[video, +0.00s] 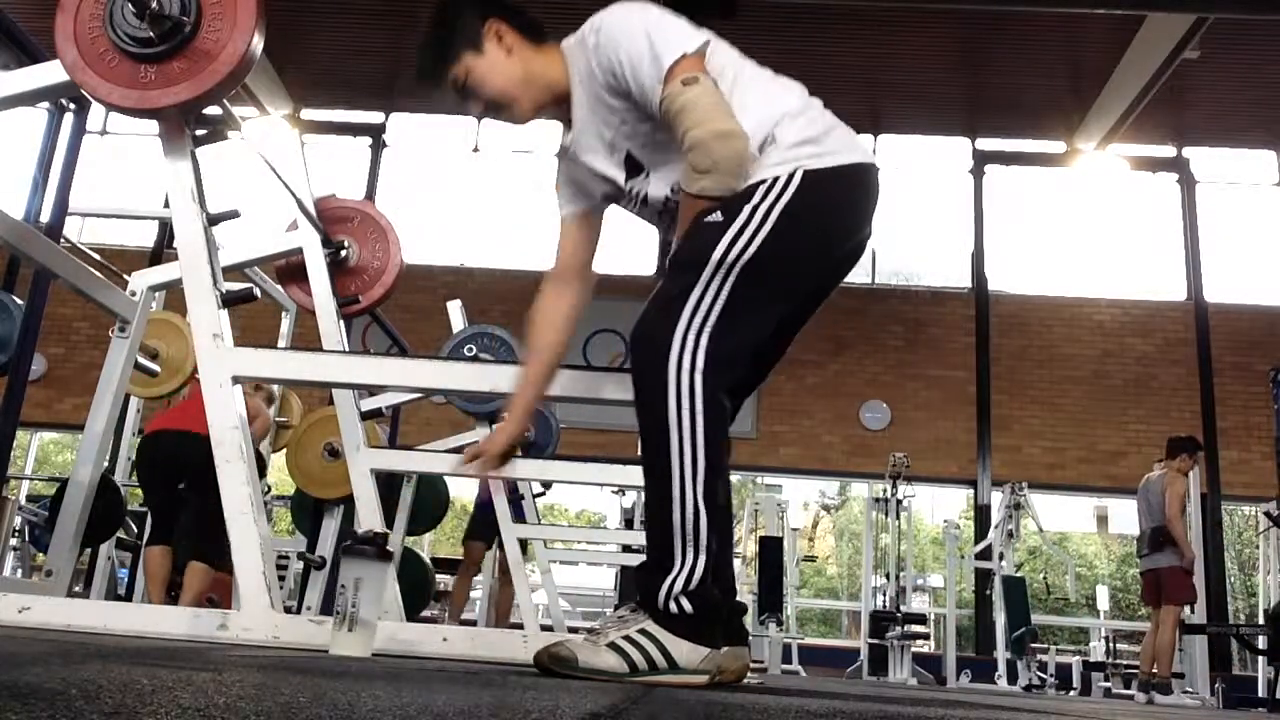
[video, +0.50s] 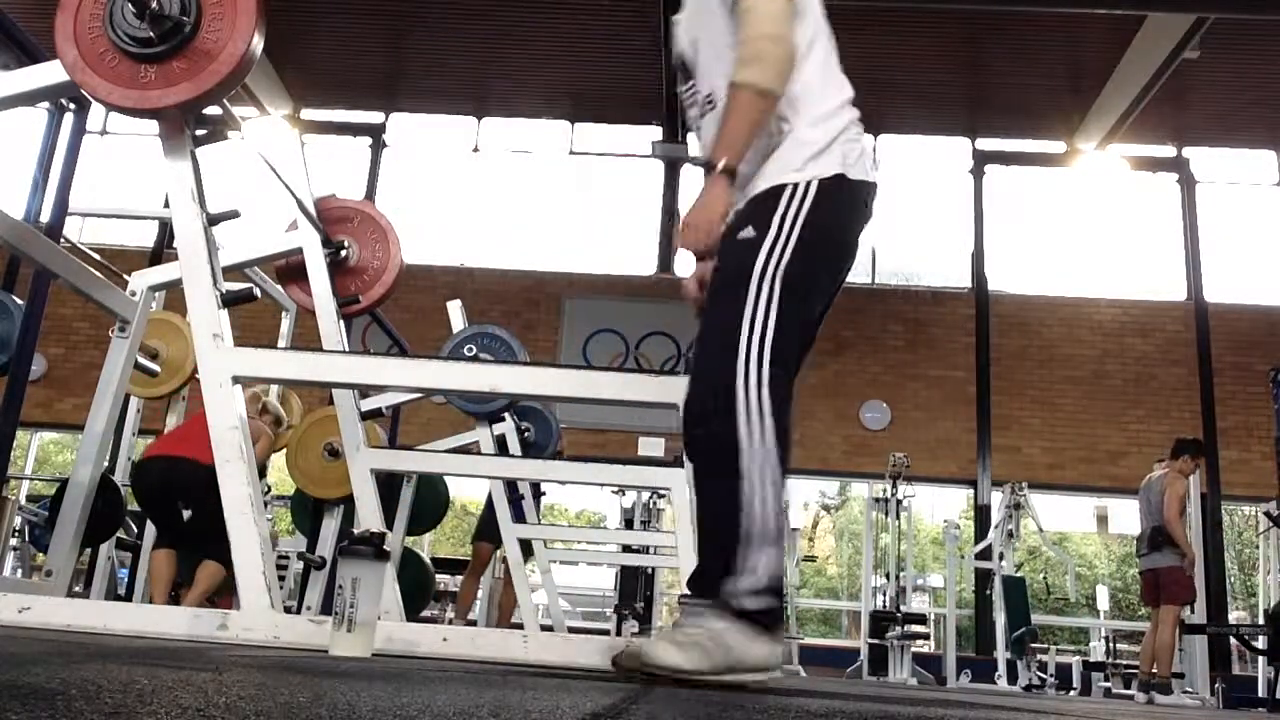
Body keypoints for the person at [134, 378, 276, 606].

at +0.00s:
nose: (265, 408)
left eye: (267, 404)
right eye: (266, 403)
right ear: (258, 394)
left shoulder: (197, 391)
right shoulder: (251, 400)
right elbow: (265, 418)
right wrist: (244, 452)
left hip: (155, 442)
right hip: (207, 447)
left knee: (161, 522)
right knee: (208, 532)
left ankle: (156, 610)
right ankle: (184, 615)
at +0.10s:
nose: (268, 417)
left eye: (270, 413)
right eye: (269, 412)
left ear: (249, 395)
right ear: (264, 406)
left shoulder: (205, 400)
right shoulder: (262, 422)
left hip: (153, 448)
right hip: (204, 455)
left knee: (161, 526)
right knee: (213, 538)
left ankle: (157, 609)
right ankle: (184, 613)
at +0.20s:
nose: (269, 429)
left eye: (272, 425)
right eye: (271, 425)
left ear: (247, 404)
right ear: (265, 415)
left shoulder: (211, 411)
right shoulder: (262, 427)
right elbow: (250, 463)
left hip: (151, 456)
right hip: (202, 461)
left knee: (163, 531)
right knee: (220, 544)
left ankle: (158, 609)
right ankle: (185, 610)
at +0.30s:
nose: (270, 430)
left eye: (273, 426)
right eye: (272, 426)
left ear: (247, 404)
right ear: (265, 415)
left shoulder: (212, 412)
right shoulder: (262, 430)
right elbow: (251, 469)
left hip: (149, 462)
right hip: (200, 468)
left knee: (166, 531)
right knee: (221, 541)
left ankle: (159, 611)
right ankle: (188, 607)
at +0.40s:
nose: (271, 431)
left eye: (273, 427)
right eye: (273, 427)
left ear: (246, 406)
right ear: (266, 417)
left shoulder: (213, 413)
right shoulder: (263, 431)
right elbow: (250, 470)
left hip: (149, 465)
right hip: (200, 470)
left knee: (167, 532)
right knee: (222, 545)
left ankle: (159, 609)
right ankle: (189, 606)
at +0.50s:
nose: (271, 432)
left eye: (274, 429)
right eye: (273, 428)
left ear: (249, 408)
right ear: (267, 418)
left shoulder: (215, 412)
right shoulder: (264, 433)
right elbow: (250, 471)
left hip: (147, 467)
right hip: (198, 471)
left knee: (167, 533)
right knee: (222, 544)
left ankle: (159, 609)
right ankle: (189, 606)